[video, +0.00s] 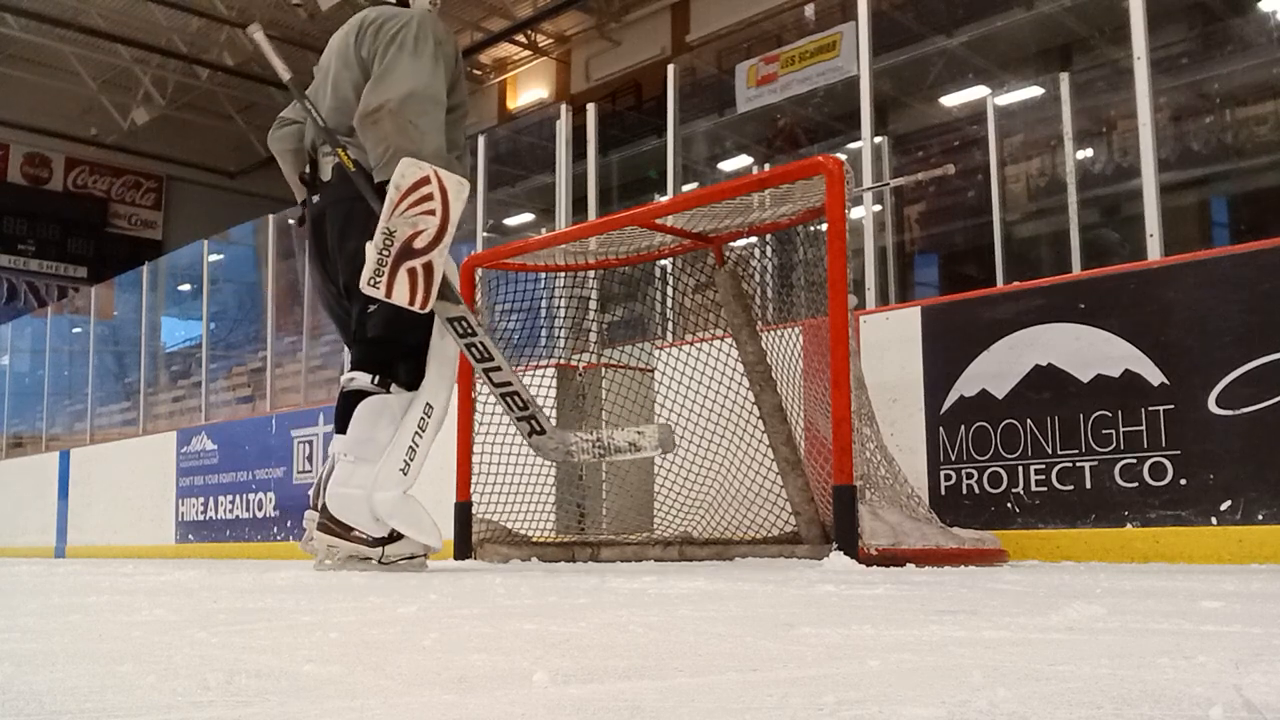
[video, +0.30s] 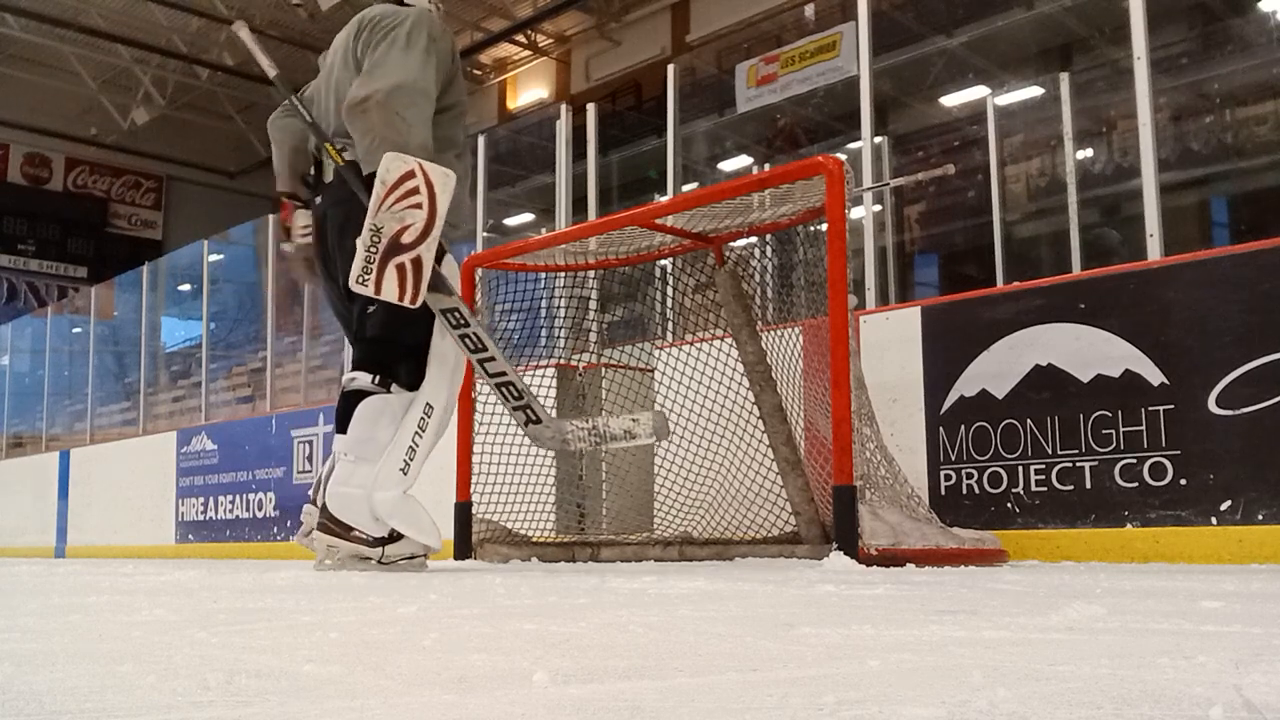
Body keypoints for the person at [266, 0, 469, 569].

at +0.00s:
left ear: (377, 1)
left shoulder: (344, 46)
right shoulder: (412, 24)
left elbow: (288, 131)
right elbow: (396, 120)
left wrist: (317, 190)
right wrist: (425, 226)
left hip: (330, 214)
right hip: (375, 207)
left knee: (370, 357)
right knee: (403, 358)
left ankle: (345, 513)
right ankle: (354, 506)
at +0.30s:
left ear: (376, 3)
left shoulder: (346, 51)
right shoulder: (412, 21)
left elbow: (289, 118)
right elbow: (388, 110)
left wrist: (292, 196)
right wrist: (414, 225)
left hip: (337, 214)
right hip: (378, 210)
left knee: (373, 358)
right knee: (413, 361)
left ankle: (340, 508)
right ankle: (357, 508)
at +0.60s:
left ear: (392, 5)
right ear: (433, 5)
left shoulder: (358, 52)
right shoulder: (417, 30)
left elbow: (306, 138)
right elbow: (379, 113)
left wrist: (286, 216)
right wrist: (388, 213)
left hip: (353, 229)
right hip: (401, 228)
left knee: (378, 375)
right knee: (424, 378)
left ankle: (350, 514)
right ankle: (367, 515)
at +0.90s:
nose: (452, 16)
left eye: (451, 11)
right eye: (448, 10)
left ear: (392, 17)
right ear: (428, 13)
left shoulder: (358, 76)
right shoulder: (421, 45)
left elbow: (308, 142)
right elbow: (395, 117)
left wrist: (331, 199)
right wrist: (432, 219)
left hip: (353, 229)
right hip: (398, 223)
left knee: (383, 371)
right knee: (436, 373)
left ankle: (355, 513)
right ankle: (366, 507)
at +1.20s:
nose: (474, 50)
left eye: (476, 42)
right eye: (468, 38)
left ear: (440, 34)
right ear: (442, 32)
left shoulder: (446, 88)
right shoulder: (425, 64)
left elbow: (440, 188)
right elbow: (380, 130)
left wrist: (460, 264)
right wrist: (405, 231)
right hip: (404, 249)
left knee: (407, 381)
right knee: (436, 379)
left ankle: (379, 519)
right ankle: (390, 514)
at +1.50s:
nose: (501, 55)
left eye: (505, 48)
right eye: (492, 44)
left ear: (502, 55)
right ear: (462, 43)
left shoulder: (476, 108)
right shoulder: (442, 79)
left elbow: (461, 194)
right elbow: (385, 144)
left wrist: (491, 255)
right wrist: (382, 241)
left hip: (449, 259)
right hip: (439, 255)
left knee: (430, 389)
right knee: (469, 382)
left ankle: (395, 513)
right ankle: (445, 514)